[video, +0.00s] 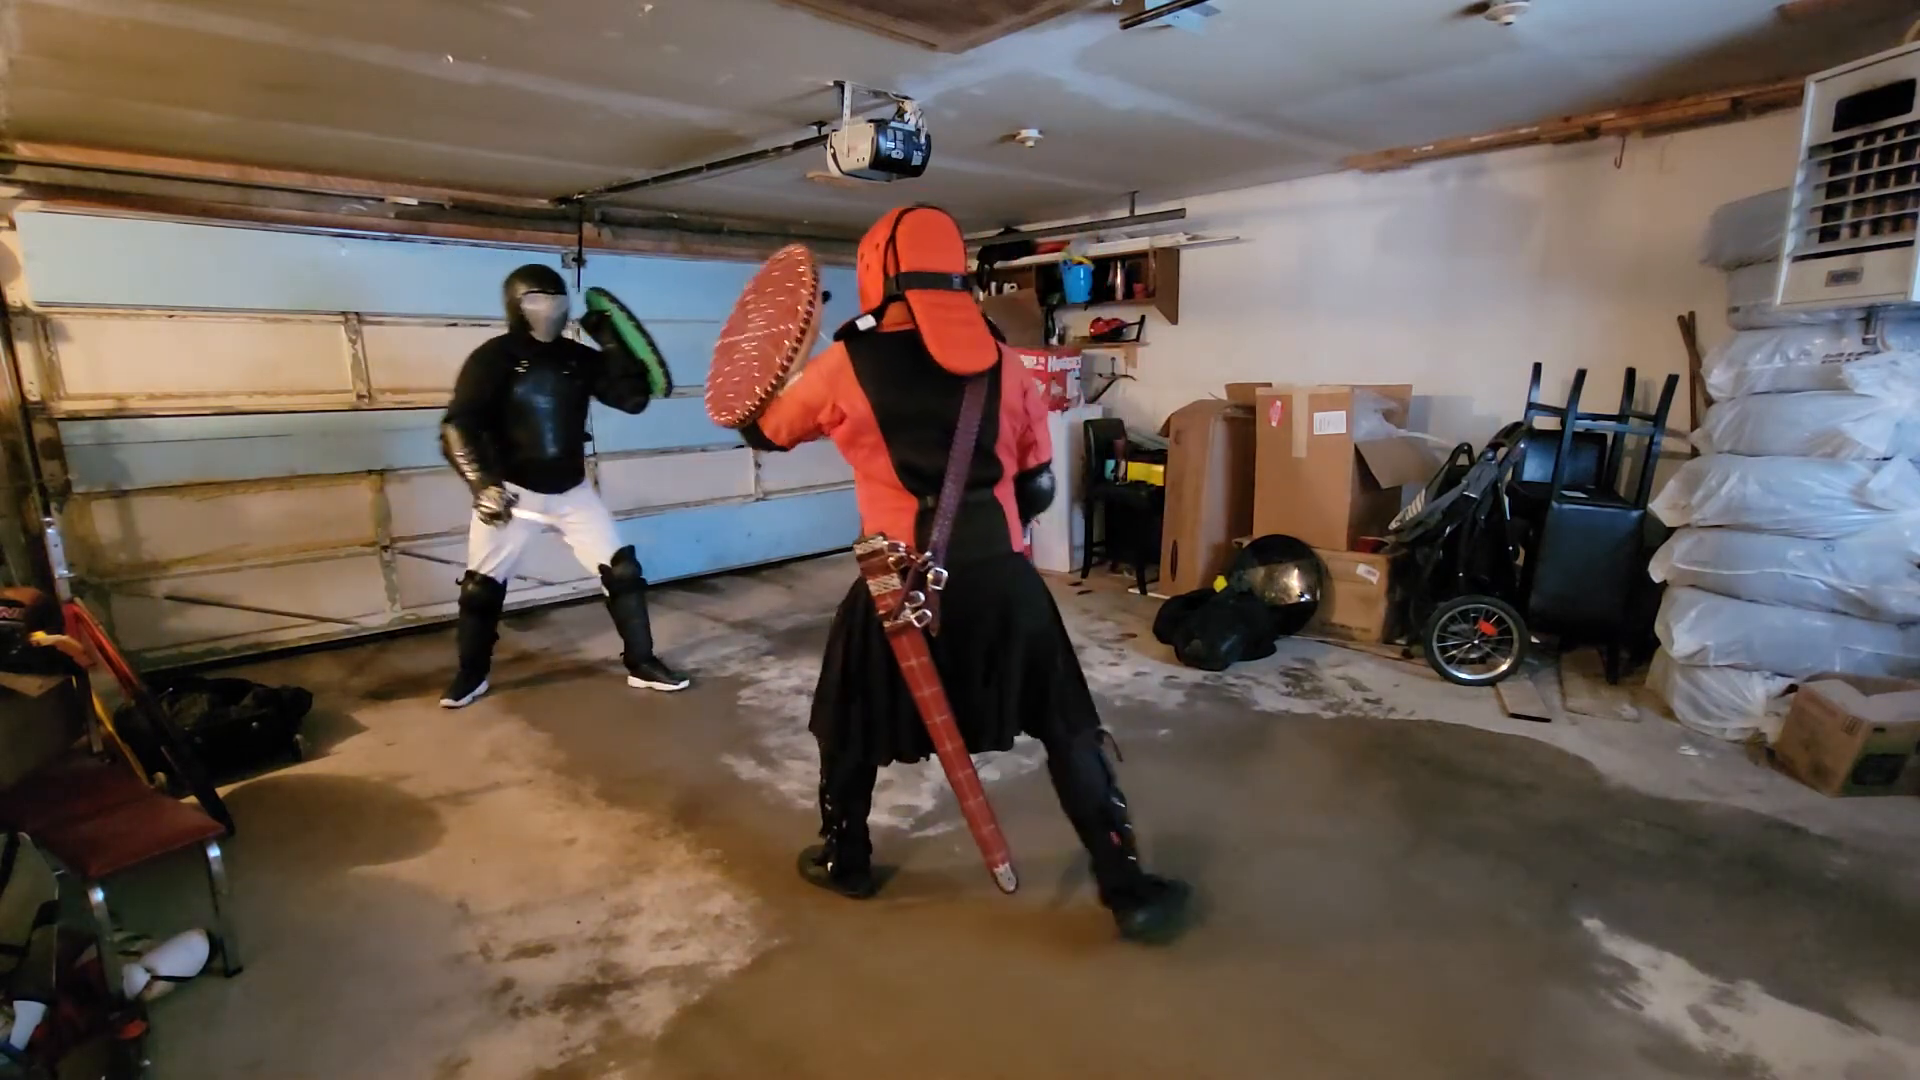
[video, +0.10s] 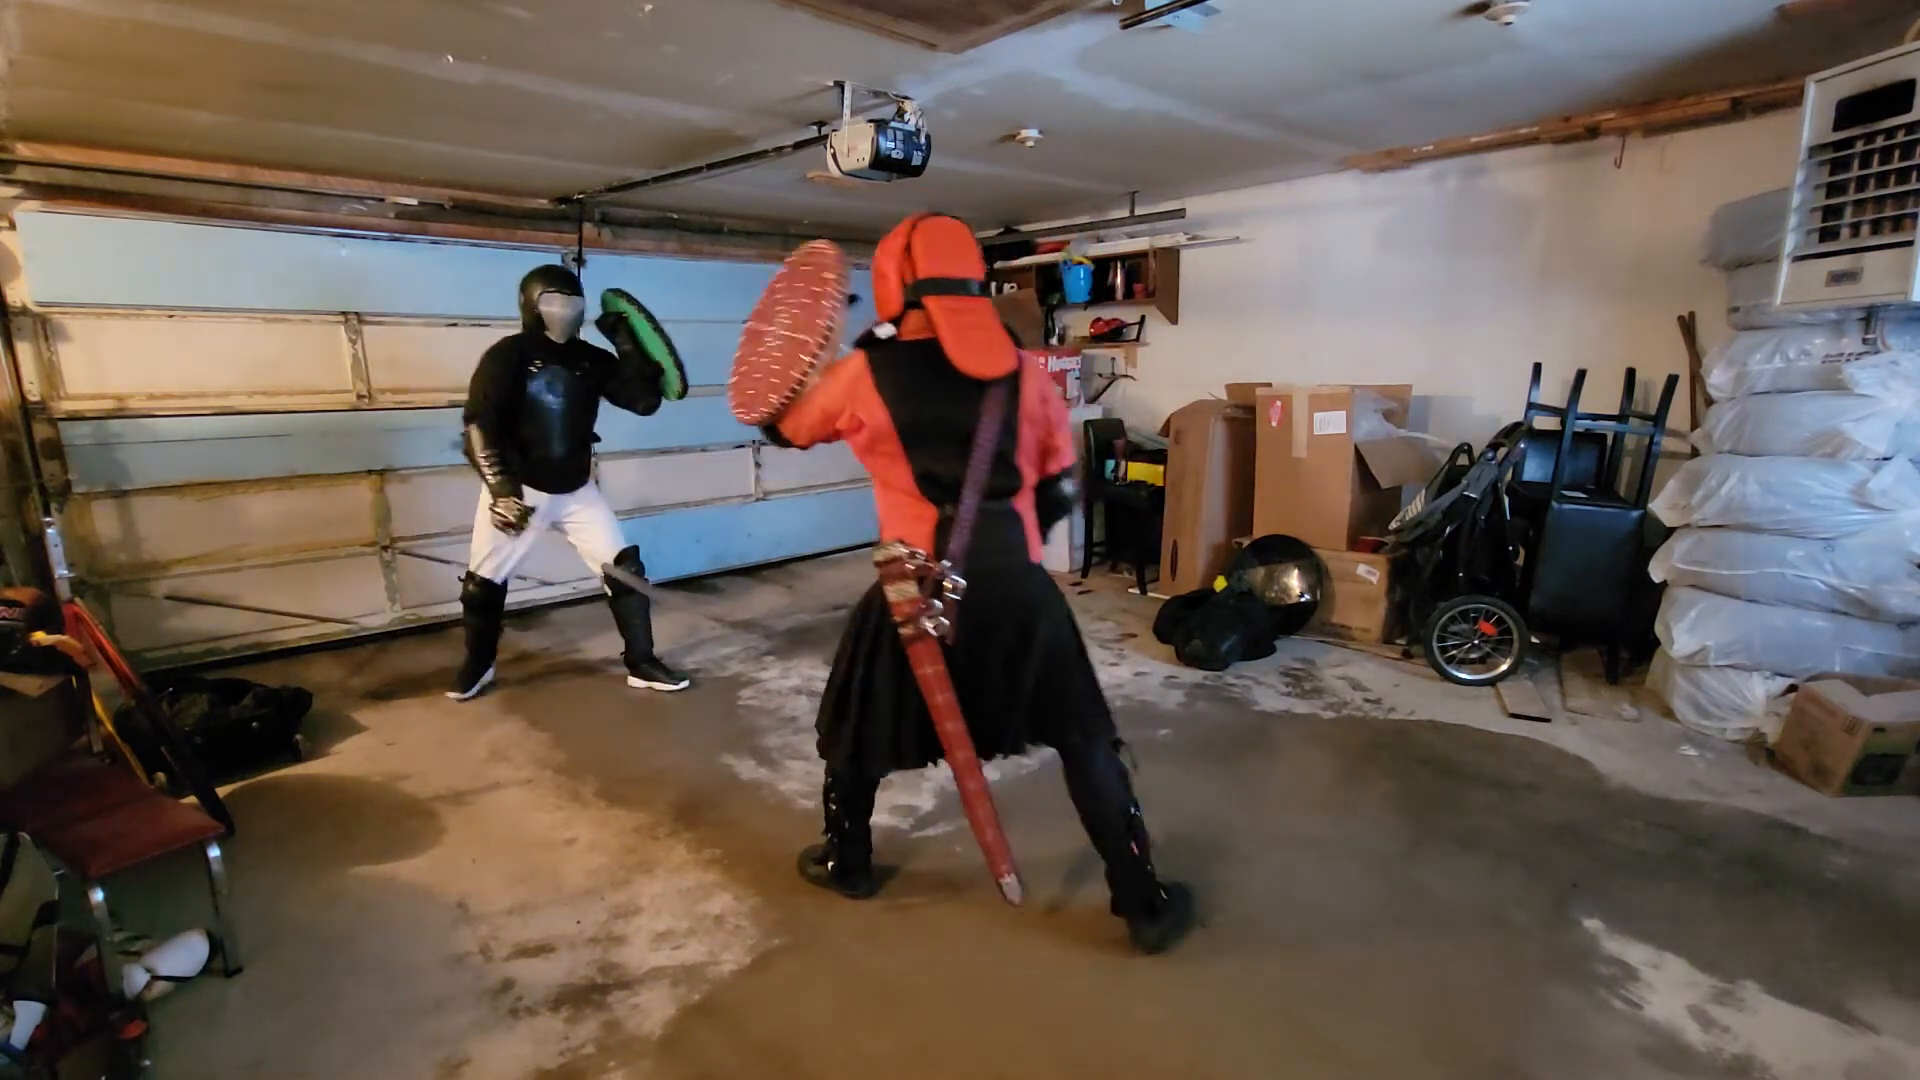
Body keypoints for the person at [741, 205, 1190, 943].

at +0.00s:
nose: (860, 284)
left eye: (865, 272)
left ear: (878, 277)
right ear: (957, 274)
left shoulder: (847, 364)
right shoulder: (1008, 367)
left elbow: (768, 428)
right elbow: (1035, 491)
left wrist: (780, 366)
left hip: (897, 582)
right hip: (999, 576)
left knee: (849, 714)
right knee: (1067, 721)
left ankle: (846, 854)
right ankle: (1127, 886)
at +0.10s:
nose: (877, 296)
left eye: (882, 285)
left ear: (895, 290)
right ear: (974, 283)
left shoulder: (866, 374)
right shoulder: (1027, 374)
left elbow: (788, 426)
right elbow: (1052, 495)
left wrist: (790, 351)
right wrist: (999, 536)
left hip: (914, 587)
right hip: (1015, 583)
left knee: (858, 713)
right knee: (1084, 732)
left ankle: (848, 853)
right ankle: (1142, 900)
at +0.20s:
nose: (902, 305)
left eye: (907, 293)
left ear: (919, 298)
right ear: (1007, 291)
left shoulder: (897, 383)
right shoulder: (1056, 382)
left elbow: (815, 429)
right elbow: (1090, 481)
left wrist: (825, 336)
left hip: (939, 599)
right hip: (1044, 596)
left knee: (870, 719)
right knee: (1105, 738)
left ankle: (850, 857)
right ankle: (1148, 907)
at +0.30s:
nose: (948, 305)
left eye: (951, 293)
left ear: (959, 298)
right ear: (1040, 297)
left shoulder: (927, 384)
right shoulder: (1093, 390)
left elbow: (847, 431)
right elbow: (1132, 509)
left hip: (962, 611)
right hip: (1073, 610)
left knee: (887, 726)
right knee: (1124, 745)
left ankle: (851, 856)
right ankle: (1151, 908)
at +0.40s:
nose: (970, 308)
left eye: (975, 295)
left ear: (985, 299)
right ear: (1069, 295)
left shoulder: (958, 383)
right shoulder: (1121, 387)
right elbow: (1159, 503)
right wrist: (1118, 553)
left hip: (982, 611)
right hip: (1092, 612)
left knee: (911, 726)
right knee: (1134, 753)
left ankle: (858, 853)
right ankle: (1155, 909)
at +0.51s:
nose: (988, 299)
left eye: (993, 286)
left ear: (1004, 291)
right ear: (1087, 289)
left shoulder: (975, 376)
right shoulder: (1135, 383)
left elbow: (884, 424)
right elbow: (1172, 499)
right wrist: (1132, 550)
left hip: (994, 605)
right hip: (1102, 605)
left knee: (919, 714)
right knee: (1133, 748)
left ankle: (880, 839)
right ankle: (1153, 902)